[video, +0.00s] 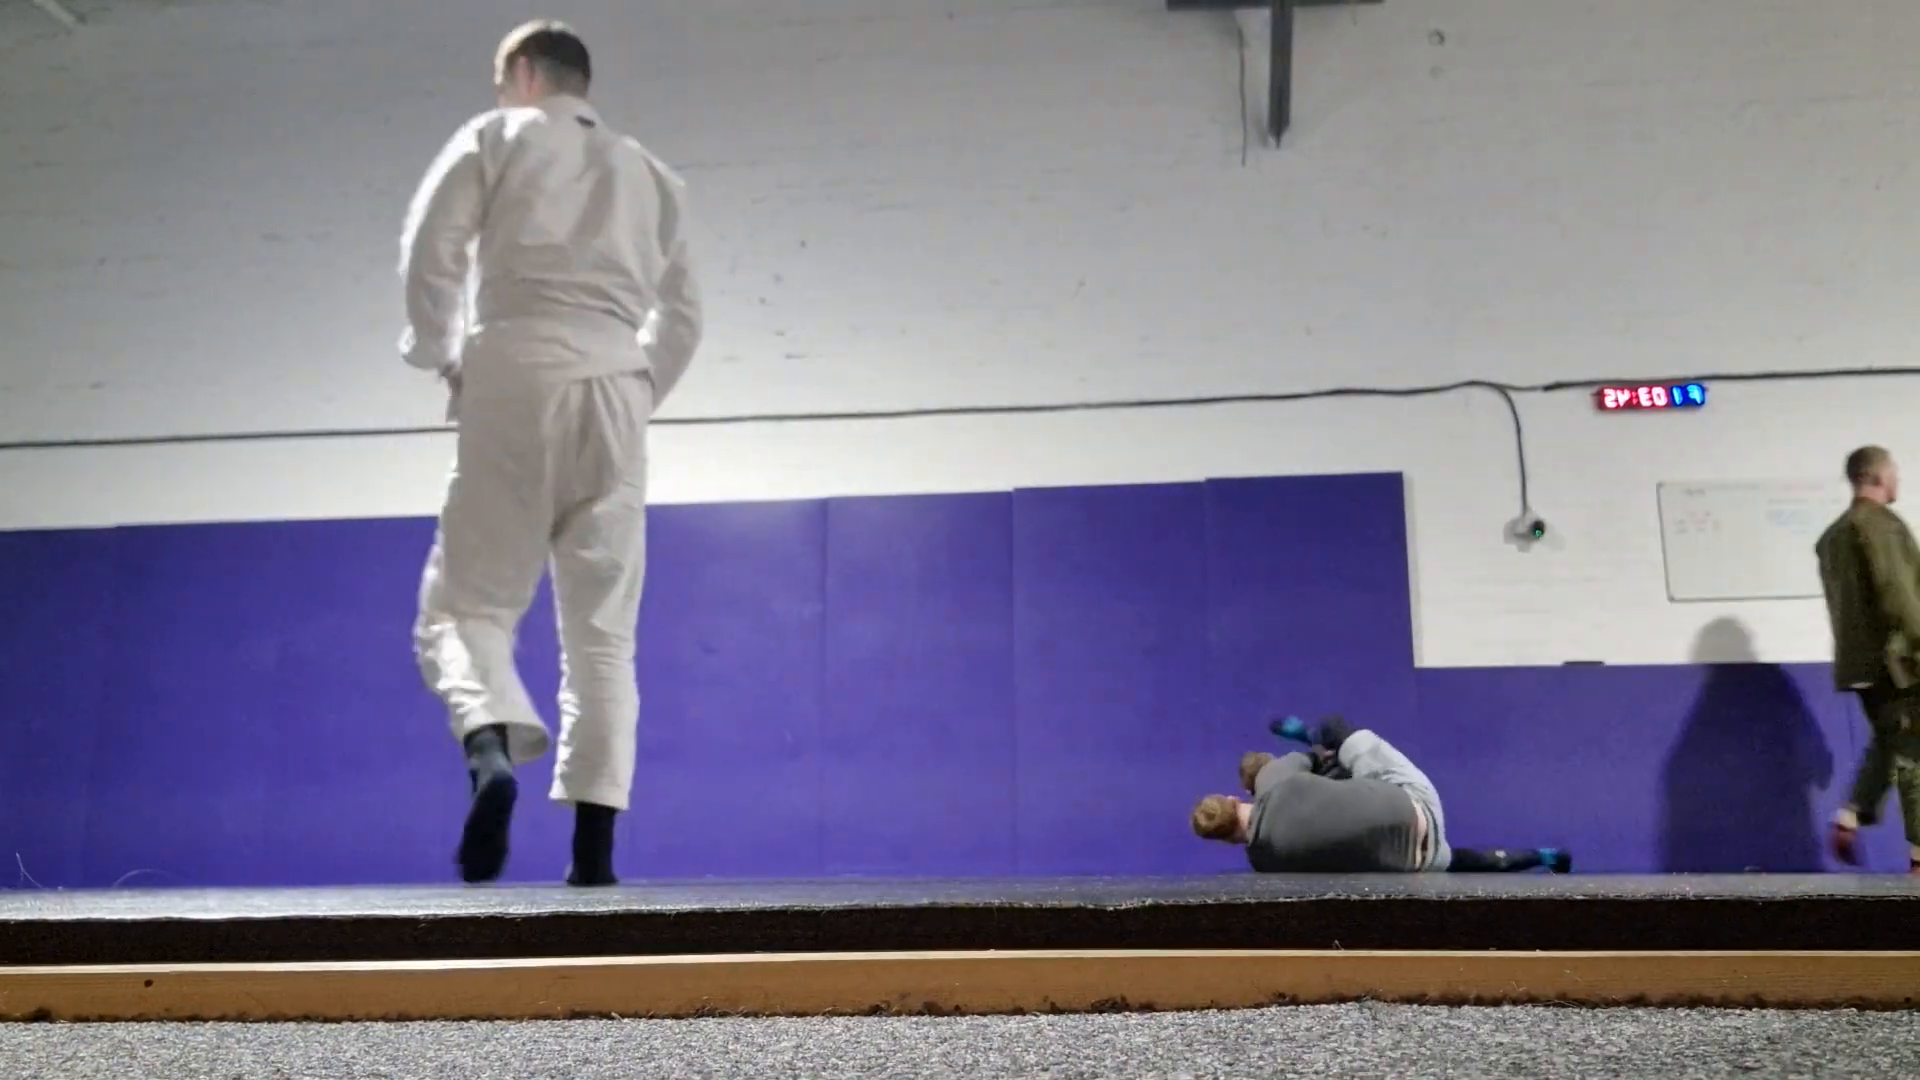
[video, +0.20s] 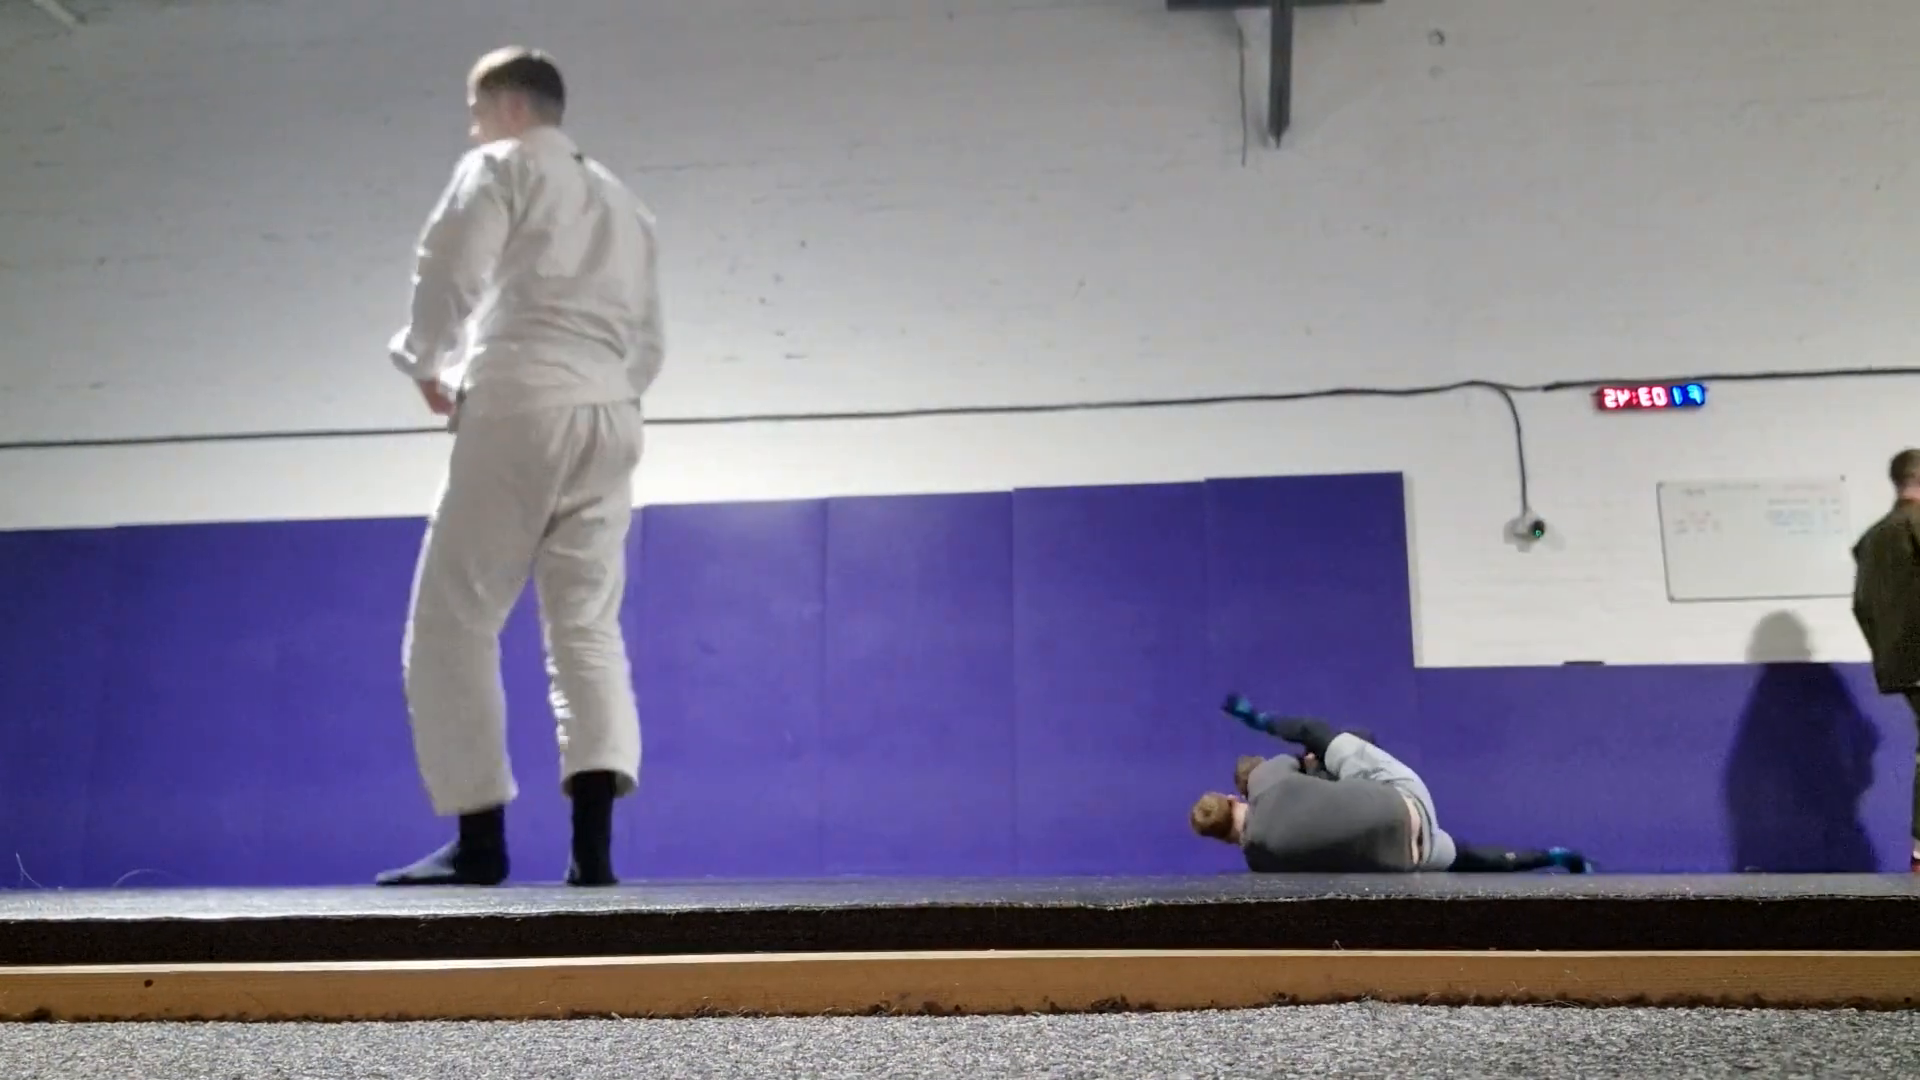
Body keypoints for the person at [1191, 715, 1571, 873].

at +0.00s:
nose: (1257, 769)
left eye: (1221, 829)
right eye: (1250, 775)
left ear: (1226, 840)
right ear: (1242, 792)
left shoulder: (1265, 863)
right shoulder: (1273, 779)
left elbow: (1323, 861)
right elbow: (1317, 758)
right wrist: (1322, 755)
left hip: (1418, 861)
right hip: (1419, 809)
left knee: (1451, 858)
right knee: (1355, 738)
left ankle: (1533, 859)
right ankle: (1314, 734)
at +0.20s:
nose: (1244, 772)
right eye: (1240, 778)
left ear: (1223, 839)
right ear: (1238, 793)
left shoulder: (1262, 862)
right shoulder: (1268, 783)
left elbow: (1325, 852)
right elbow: (1311, 752)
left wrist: (1318, 781)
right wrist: (1316, 768)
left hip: (1414, 855)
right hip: (1405, 799)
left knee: (1471, 857)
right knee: (1326, 740)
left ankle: (1549, 858)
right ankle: (1262, 716)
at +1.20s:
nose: (1227, 791)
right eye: (1226, 792)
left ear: (1216, 838)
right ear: (1230, 797)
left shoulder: (1256, 864)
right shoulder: (1269, 783)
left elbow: (1307, 849)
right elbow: (1308, 761)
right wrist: (1267, 769)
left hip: (1421, 859)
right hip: (1414, 806)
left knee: (1453, 852)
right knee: (1329, 731)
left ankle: (1503, 864)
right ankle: (1328, 768)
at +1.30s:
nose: (1230, 791)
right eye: (1228, 792)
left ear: (1216, 837)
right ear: (1231, 797)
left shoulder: (1256, 865)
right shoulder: (1268, 782)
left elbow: (1309, 851)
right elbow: (1311, 760)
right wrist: (1270, 774)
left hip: (1420, 858)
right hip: (1413, 805)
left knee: (1456, 853)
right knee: (1324, 727)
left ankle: (1508, 865)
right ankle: (1328, 768)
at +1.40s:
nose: (1229, 790)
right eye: (1228, 790)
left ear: (1217, 836)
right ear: (1232, 795)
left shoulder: (1256, 865)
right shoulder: (1269, 782)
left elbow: (1307, 853)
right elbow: (1311, 762)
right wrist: (1266, 773)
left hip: (1420, 861)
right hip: (1415, 807)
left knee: (1452, 853)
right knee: (1322, 725)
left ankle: (1510, 864)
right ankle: (1327, 768)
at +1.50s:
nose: (1229, 790)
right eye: (1227, 791)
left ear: (1217, 836)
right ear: (1232, 795)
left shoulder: (1256, 864)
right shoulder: (1269, 782)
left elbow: (1306, 853)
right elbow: (1311, 762)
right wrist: (1264, 774)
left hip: (1420, 861)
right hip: (1416, 807)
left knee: (1451, 853)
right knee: (1322, 726)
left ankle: (1513, 864)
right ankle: (1327, 769)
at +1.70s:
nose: (1231, 791)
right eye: (1229, 791)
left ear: (1217, 837)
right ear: (1232, 796)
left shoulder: (1257, 864)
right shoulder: (1270, 783)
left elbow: (1306, 850)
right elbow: (1310, 762)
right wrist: (1265, 775)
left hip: (1420, 861)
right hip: (1416, 809)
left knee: (1452, 854)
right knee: (1323, 727)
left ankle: (1507, 865)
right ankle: (1331, 771)